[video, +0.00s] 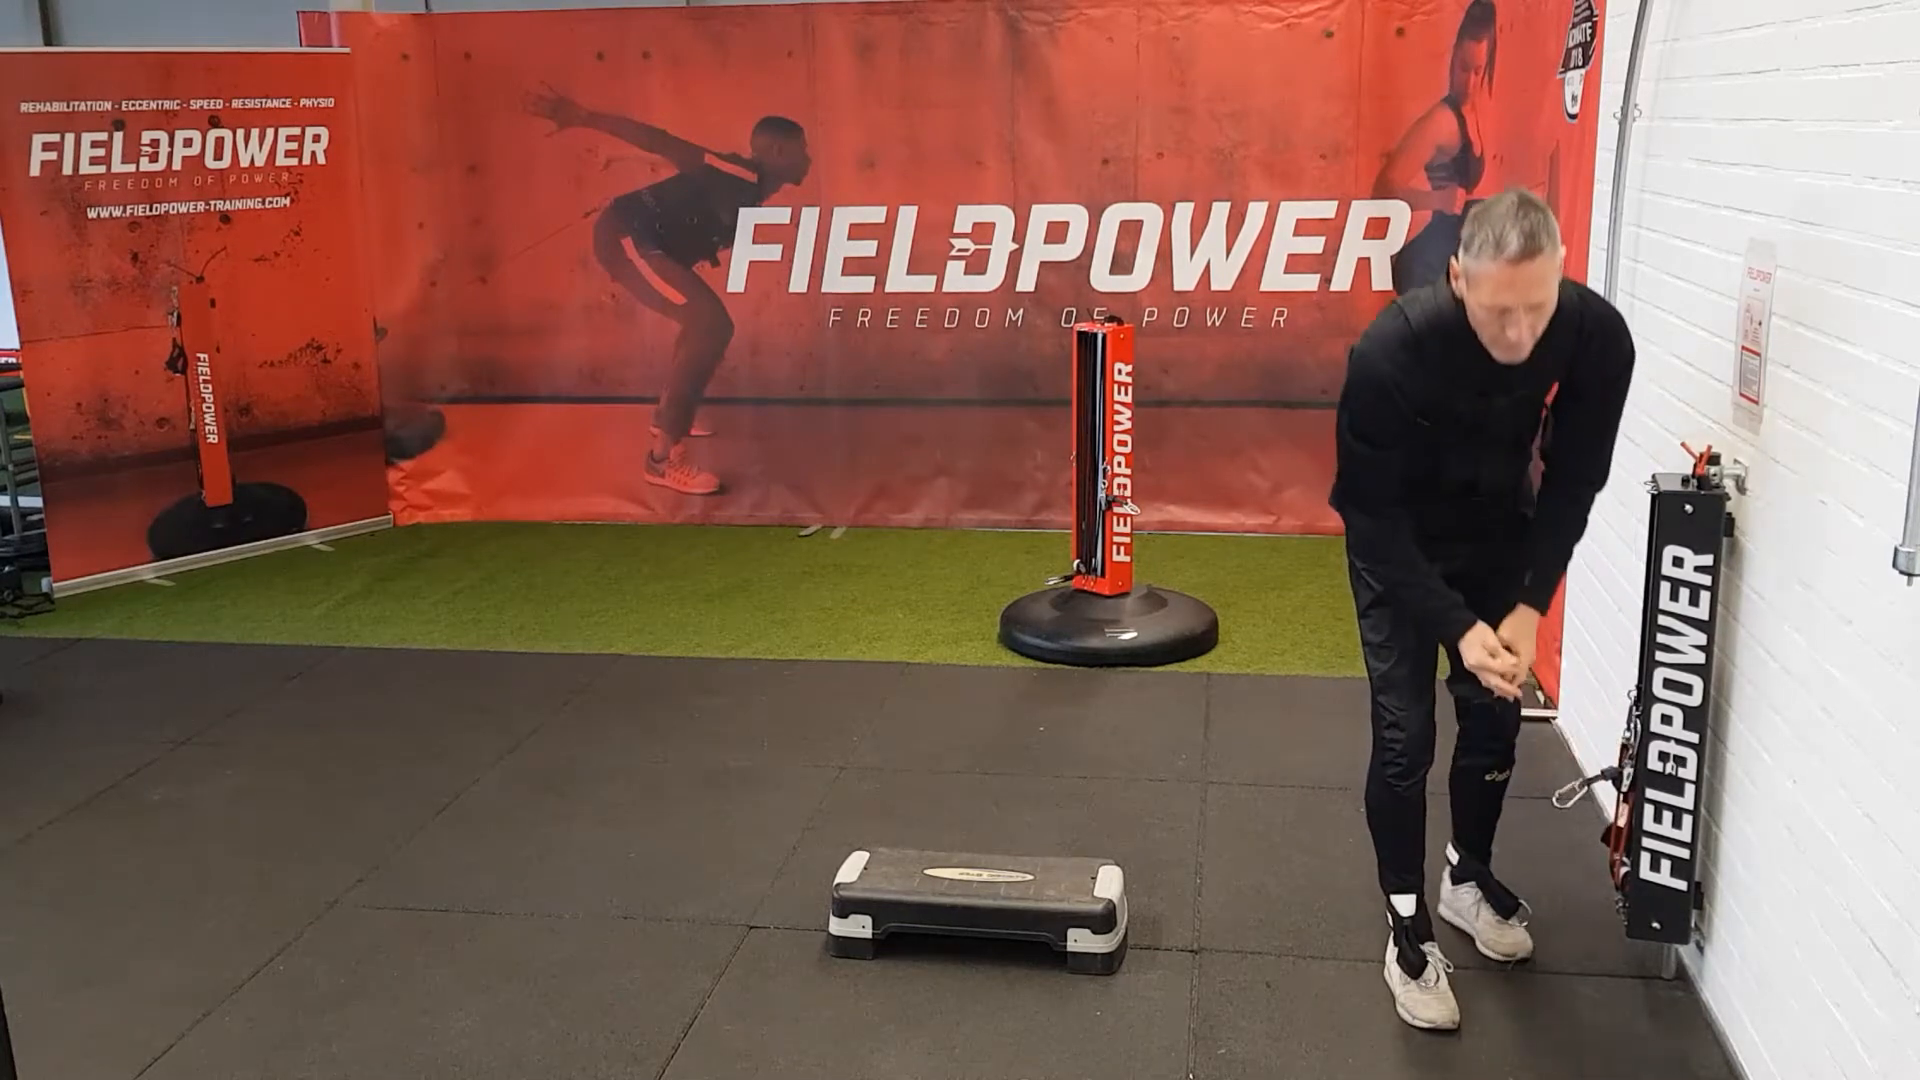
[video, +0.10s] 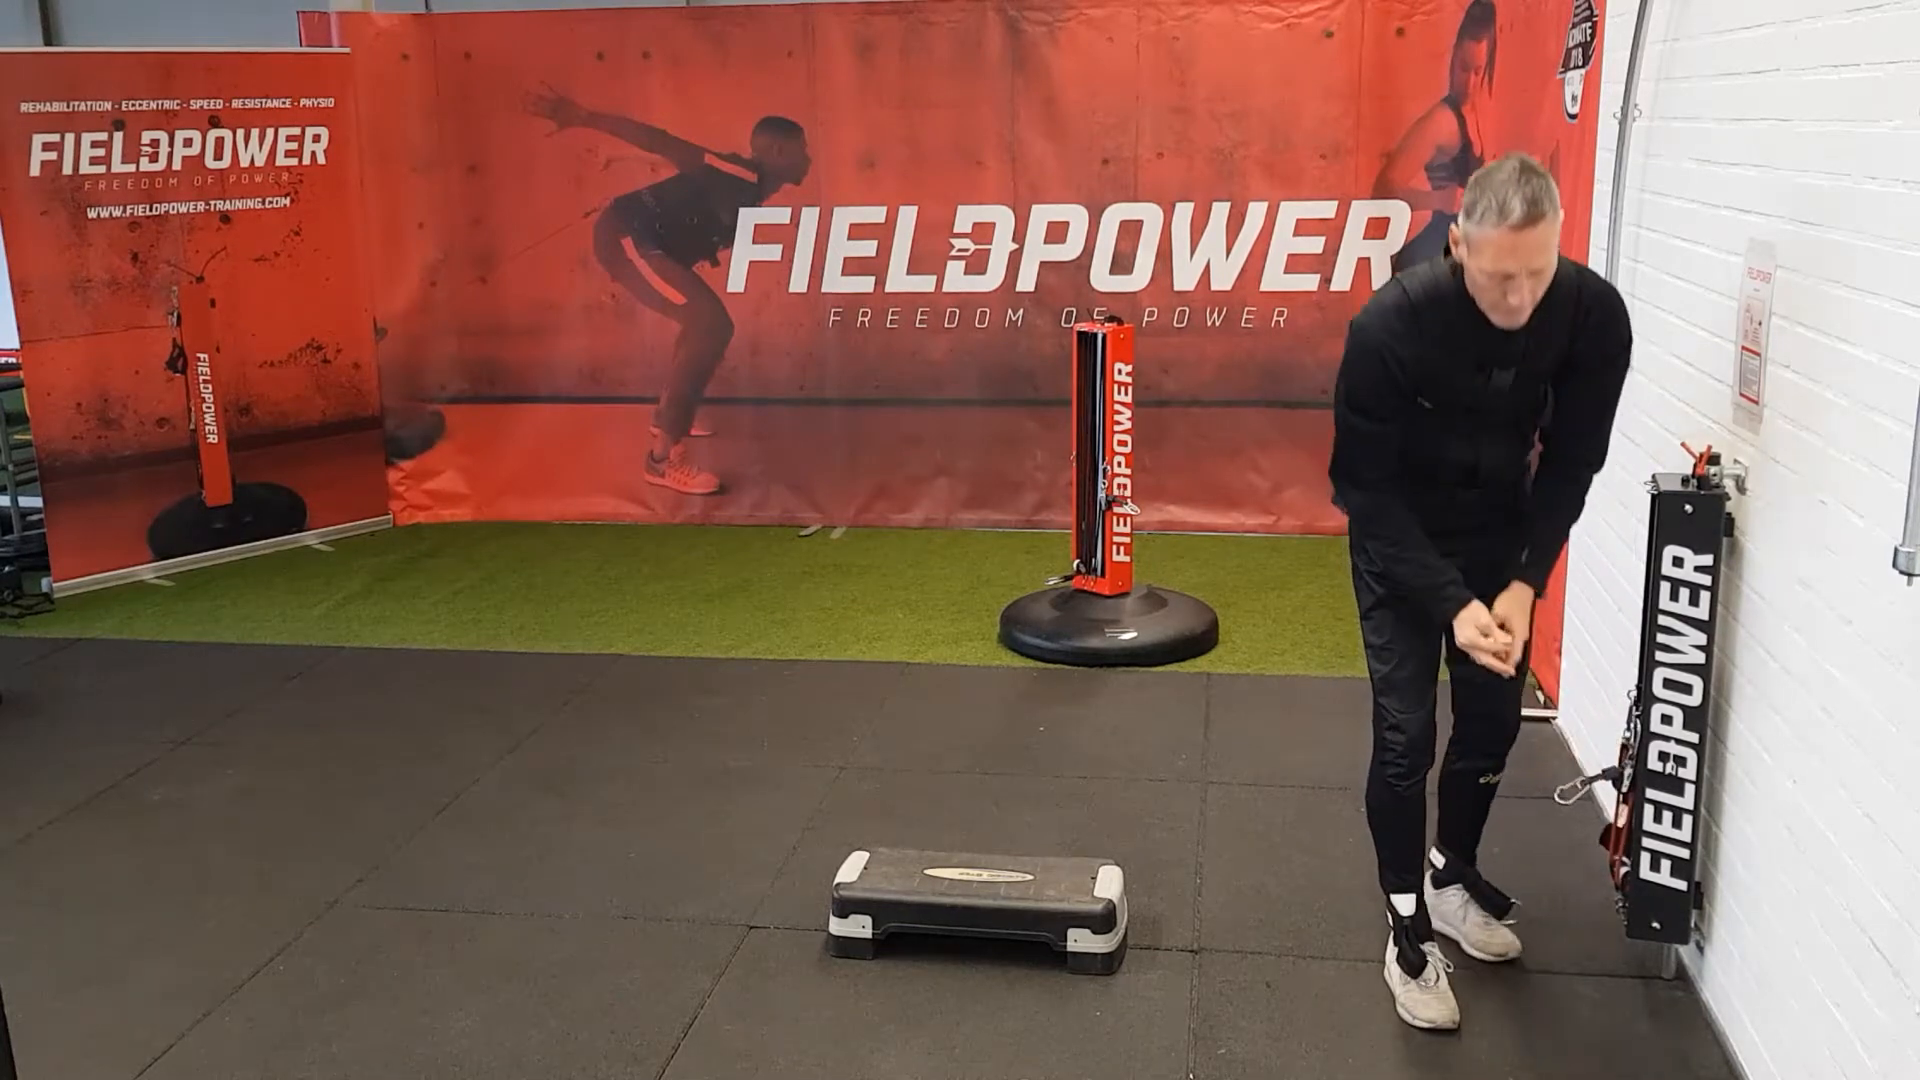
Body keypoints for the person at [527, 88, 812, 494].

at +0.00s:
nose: (808, 158)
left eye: (805, 149)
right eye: (801, 149)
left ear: (774, 151)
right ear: (773, 150)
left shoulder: (745, 185)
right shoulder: (735, 180)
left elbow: (660, 142)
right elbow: (659, 141)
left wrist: (583, 116)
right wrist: (583, 117)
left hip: (639, 234)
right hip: (627, 233)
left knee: (709, 322)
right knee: (713, 326)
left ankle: (670, 414)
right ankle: (664, 457)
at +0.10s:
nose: (808, 158)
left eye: (805, 149)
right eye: (801, 149)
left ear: (774, 151)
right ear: (774, 150)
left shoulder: (746, 186)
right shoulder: (734, 179)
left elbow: (660, 142)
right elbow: (658, 141)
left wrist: (583, 116)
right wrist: (583, 117)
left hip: (641, 235)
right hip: (627, 233)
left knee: (709, 322)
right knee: (713, 326)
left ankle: (670, 413)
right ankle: (664, 457)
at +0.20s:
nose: (807, 159)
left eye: (805, 150)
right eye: (801, 149)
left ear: (773, 151)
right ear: (772, 150)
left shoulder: (749, 190)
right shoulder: (735, 179)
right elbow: (661, 142)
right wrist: (582, 117)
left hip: (643, 236)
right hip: (626, 234)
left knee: (709, 322)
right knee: (712, 326)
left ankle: (670, 414)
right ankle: (665, 457)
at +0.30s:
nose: (807, 159)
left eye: (804, 150)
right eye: (800, 150)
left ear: (773, 151)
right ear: (771, 150)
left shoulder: (749, 191)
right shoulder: (736, 178)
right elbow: (662, 143)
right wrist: (582, 117)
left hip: (643, 236)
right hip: (627, 234)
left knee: (708, 322)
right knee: (713, 325)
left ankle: (670, 414)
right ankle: (665, 457)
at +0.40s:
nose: (807, 159)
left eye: (804, 150)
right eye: (800, 150)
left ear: (774, 151)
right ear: (772, 150)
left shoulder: (750, 191)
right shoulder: (736, 177)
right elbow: (661, 143)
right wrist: (582, 117)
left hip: (643, 236)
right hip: (627, 234)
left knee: (708, 322)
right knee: (713, 325)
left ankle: (670, 414)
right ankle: (665, 457)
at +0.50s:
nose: (807, 159)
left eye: (804, 150)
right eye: (801, 150)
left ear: (773, 151)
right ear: (772, 150)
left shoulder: (749, 189)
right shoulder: (737, 178)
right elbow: (662, 143)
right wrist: (582, 117)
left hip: (642, 237)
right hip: (627, 235)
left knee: (710, 322)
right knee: (712, 325)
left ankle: (670, 413)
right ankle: (665, 458)